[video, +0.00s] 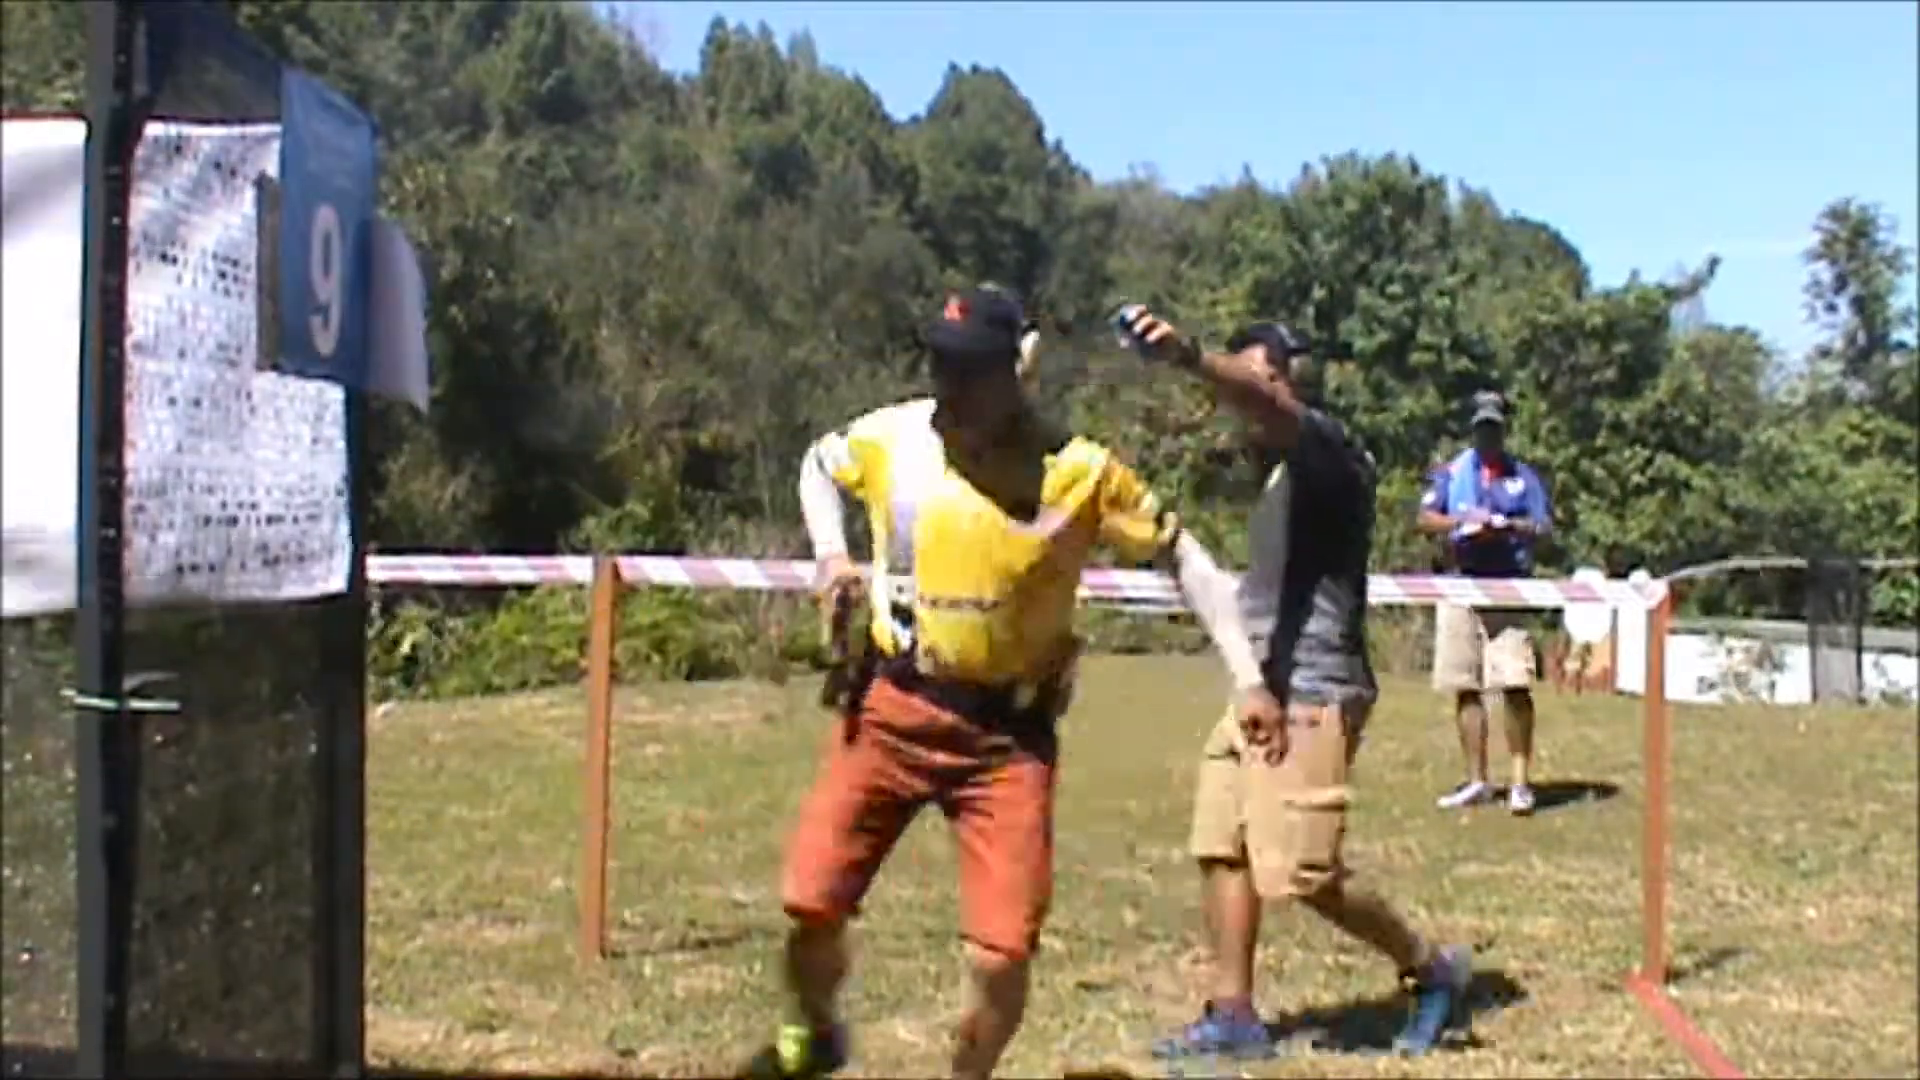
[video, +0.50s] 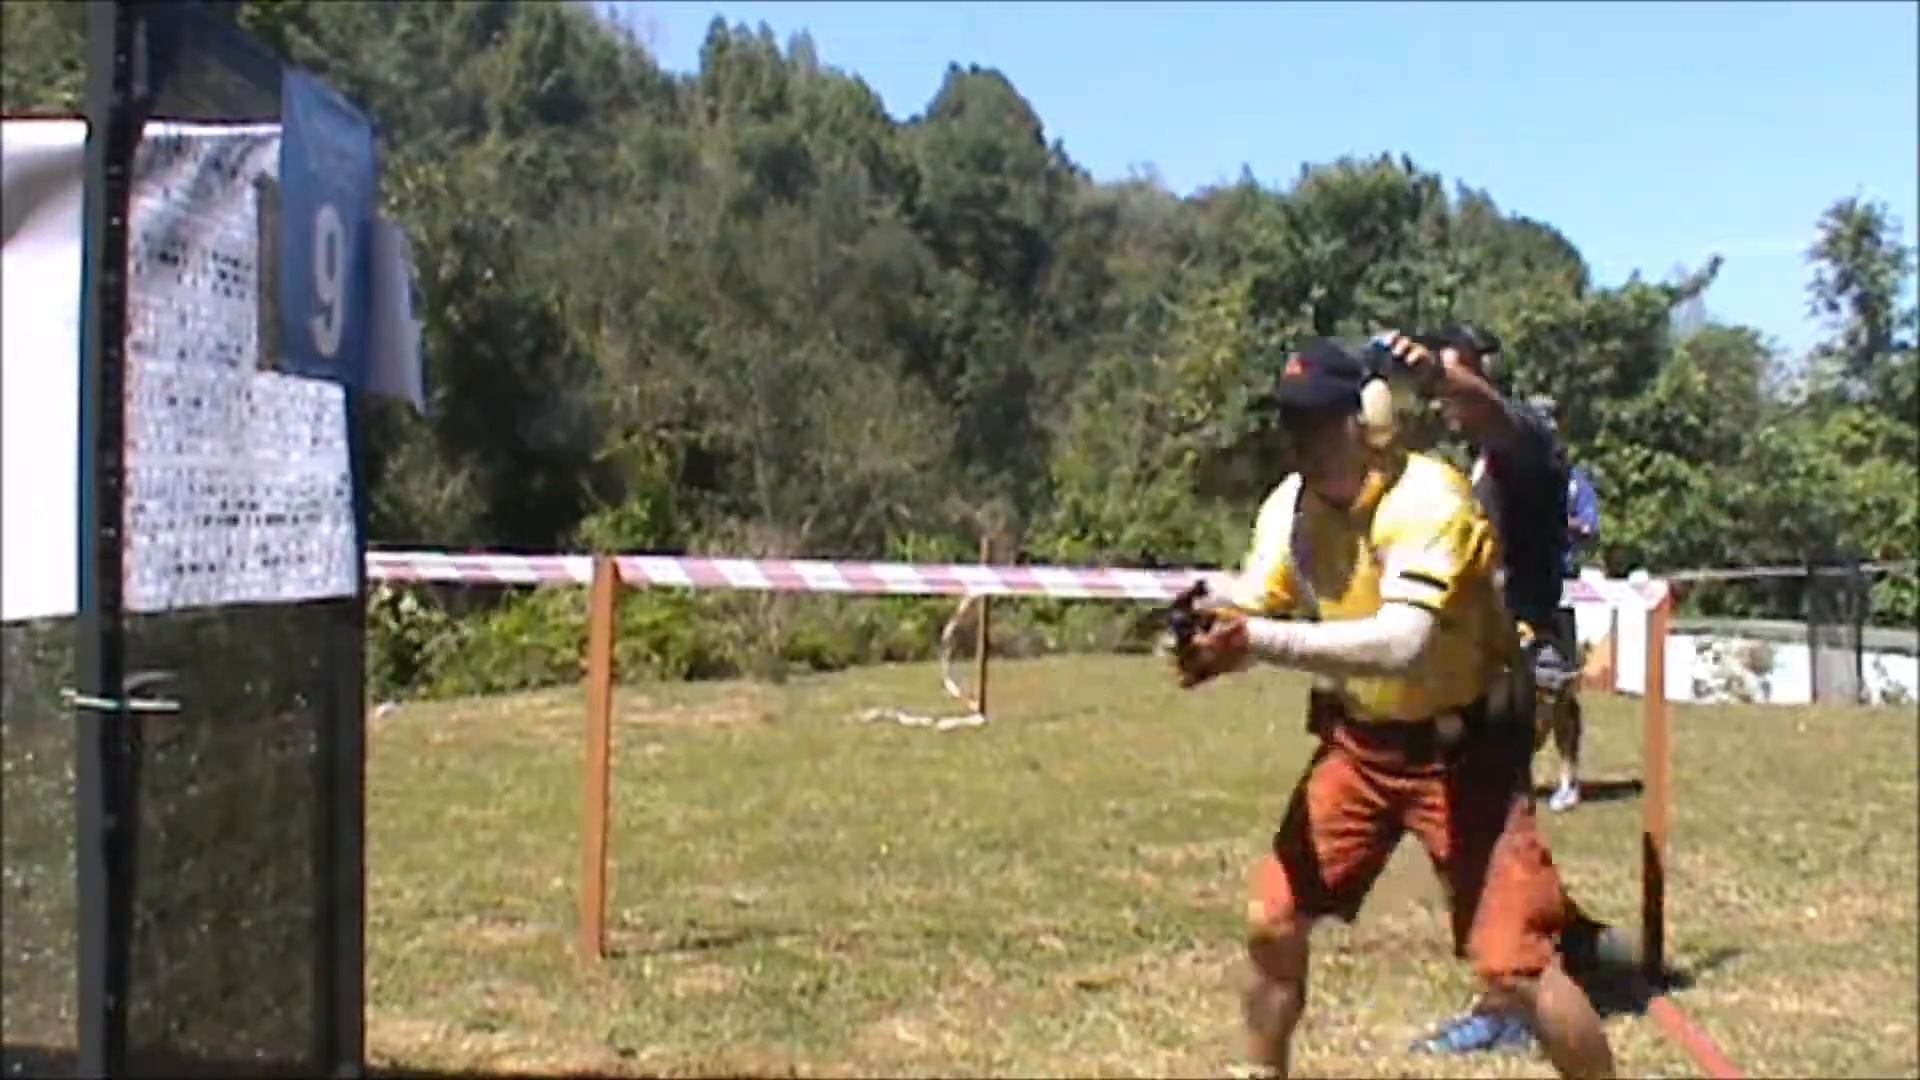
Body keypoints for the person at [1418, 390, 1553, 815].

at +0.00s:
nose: (1488, 437)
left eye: (1495, 428)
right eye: (1481, 429)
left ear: (1506, 431)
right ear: (1471, 431)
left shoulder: (1524, 477)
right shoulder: (1452, 473)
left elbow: (1543, 527)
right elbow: (1426, 517)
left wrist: (1506, 525)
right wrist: (1463, 525)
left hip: (1508, 587)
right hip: (1461, 587)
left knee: (1515, 684)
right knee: (1466, 688)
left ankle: (1520, 778)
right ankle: (1477, 778)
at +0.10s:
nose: (1493, 437)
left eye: (1500, 428)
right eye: (1486, 429)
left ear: (1512, 431)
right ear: (1476, 432)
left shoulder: (1531, 477)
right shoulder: (1456, 473)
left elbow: (1549, 529)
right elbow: (1427, 516)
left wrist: (1511, 526)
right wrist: (1468, 523)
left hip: (1513, 588)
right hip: (1465, 587)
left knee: (1525, 685)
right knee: (1469, 688)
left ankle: (1540, 772)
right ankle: (1477, 778)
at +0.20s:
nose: (1505, 438)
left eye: (1512, 430)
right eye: (1498, 430)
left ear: (1524, 433)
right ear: (1488, 433)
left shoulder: (1543, 480)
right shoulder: (1476, 474)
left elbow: (1557, 531)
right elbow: (1459, 524)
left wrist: (1528, 524)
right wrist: (1488, 525)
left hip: (1522, 589)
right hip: (1476, 586)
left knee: (1531, 684)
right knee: (1472, 691)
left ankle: (1564, 767)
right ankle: (1478, 775)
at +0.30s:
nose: (1516, 442)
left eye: (1522, 434)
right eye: (1509, 434)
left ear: (1534, 436)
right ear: (1498, 436)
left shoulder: (1554, 480)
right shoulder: (1488, 477)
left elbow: (1569, 530)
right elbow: (1471, 521)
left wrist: (1541, 523)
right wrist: (1500, 519)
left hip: (1533, 589)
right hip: (1488, 588)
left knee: (1542, 686)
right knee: (1484, 689)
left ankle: (1568, 773)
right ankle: (1470, 771)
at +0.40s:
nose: (1534, 444)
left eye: (1540, 434)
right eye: (1526, 435)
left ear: (1551, 438)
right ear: (1511, 439)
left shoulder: (1566, 482)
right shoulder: (1502, 482)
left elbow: (1584, 529)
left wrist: (1551, 523)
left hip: (1553, 590)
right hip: (1511, 589)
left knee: (1559, 688)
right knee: (1515, 686)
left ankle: (1569, 774)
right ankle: (1500, 766)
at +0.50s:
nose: (1544, 436)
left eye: (1549, 425)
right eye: (1535, 426)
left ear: (1560, 431)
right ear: (1520, 433)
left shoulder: (1572, 481)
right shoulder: (1506, 481)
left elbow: (1588, 527)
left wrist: (1551, 526)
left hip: (1552, 592)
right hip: (1507, 591)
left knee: (1560, 688)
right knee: (1516, 690)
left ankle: (1569, 774)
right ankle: (1517, 772)